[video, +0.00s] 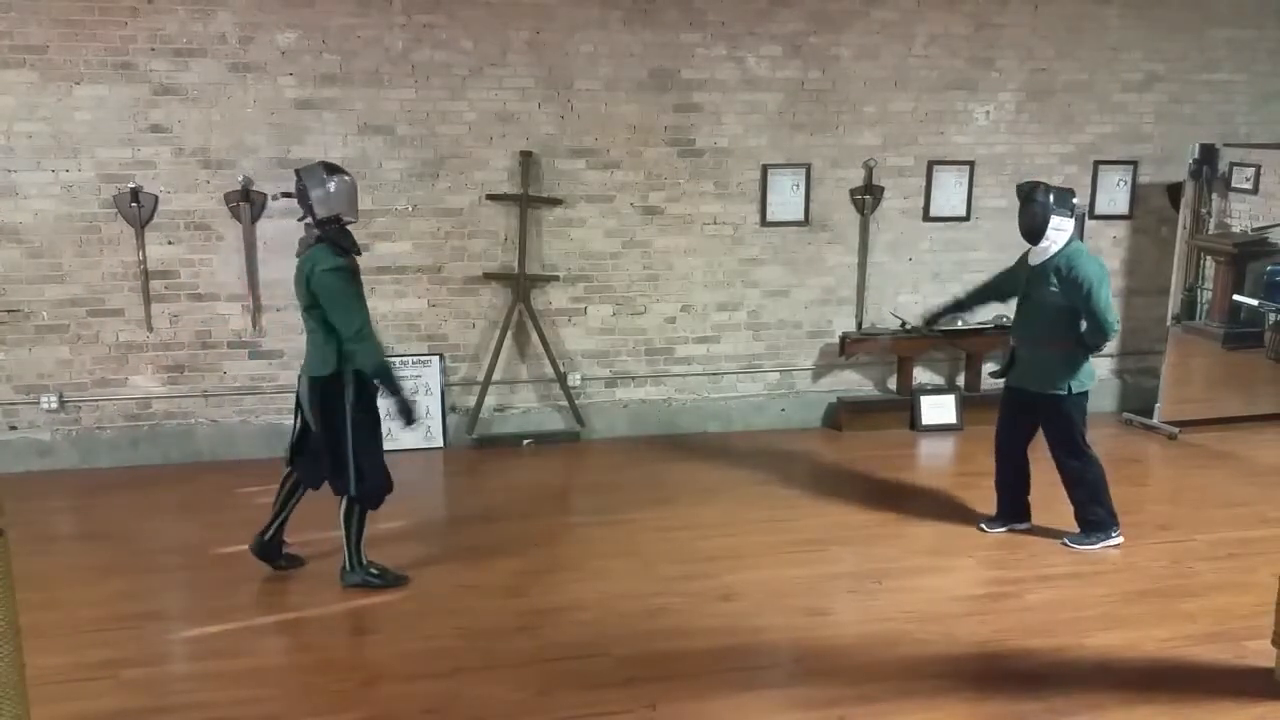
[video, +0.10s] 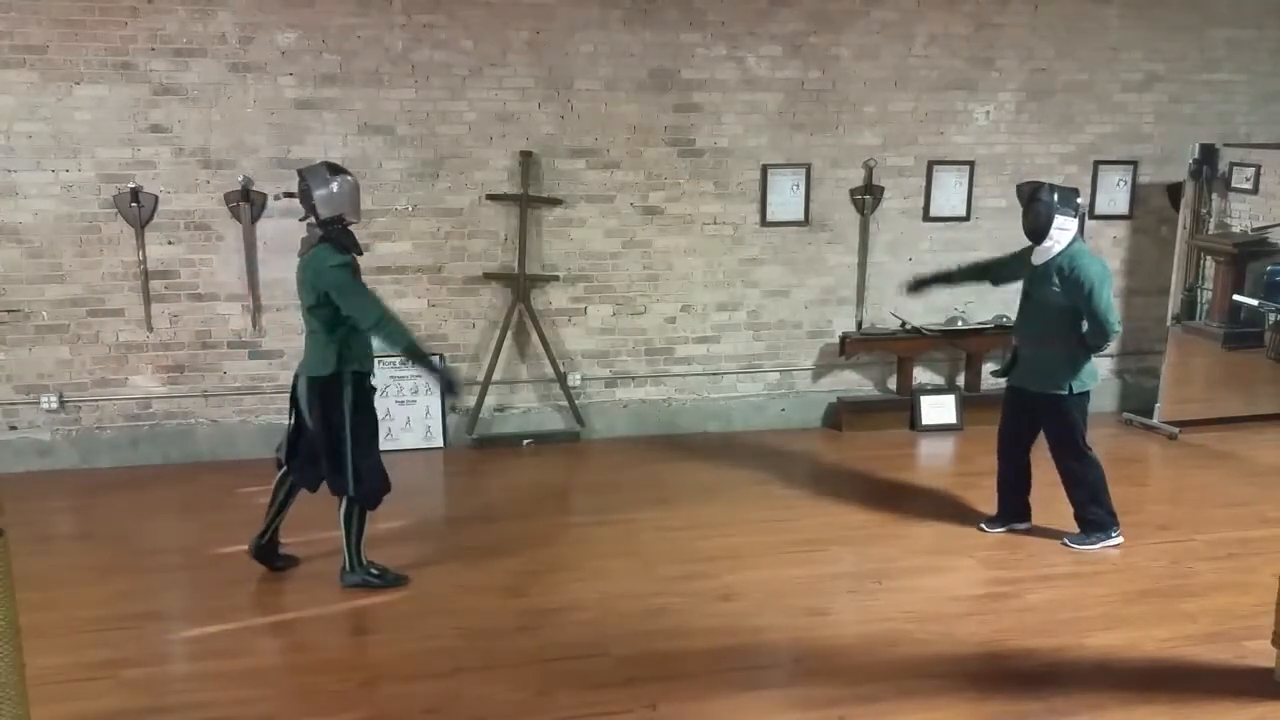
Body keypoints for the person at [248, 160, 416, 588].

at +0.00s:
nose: (351, 206)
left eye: (347, 198)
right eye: (346, 199)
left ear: (310, 205)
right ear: (336, 203)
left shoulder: (314, 254)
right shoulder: (329, 262)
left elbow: (339, 328)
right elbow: (357, 333)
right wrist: (394, 388)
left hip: (318, 376)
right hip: (342, 378)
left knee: (308, 461)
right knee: (363, 473)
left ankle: (269, 539)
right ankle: (356, 565)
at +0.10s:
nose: (355, 206)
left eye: (352, 198)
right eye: (349, 200)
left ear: (314, 207)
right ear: (338, 205)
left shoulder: (315, 253)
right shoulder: (331, 262)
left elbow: (328, 322)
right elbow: (376, 318)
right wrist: (429, 364)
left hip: (315, 376)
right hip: (340, 379)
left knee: (302, 461)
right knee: (359, 472)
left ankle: (266, 541)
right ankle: (355, 566)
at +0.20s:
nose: (356, 208)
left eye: (352, 201)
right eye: (351, 201)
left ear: (313, 208)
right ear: (341, 206)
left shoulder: (312, 255)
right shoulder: (334, 261)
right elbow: (389, 297)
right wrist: (455, 324)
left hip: (312, 377)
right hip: (339, 380)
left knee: (298, 464)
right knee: (360, 474)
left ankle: (257, 541)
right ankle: (355, 566)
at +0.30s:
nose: (356, 205)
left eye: (351, 198)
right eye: (351, 199)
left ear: (312, 208)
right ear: (343, 205)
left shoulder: (312, 255)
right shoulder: (337, 257)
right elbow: (392, 275)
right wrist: (462, 280)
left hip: (311, 378)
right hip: (338, 380)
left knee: (292, 463)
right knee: (361, 475)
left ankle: (245, 540)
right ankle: (354, 566)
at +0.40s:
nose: (354, 205)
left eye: (350, 198)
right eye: (349, 199)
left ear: (311, 208)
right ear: (340, 204)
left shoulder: (310, 254)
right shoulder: (333, 251)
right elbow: (388, 253)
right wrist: (460, 240)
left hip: (310, 376)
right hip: (337, 378)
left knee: (283, 461)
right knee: (361, 474)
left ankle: (239, 540)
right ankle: (355, 566)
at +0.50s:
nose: (353, 210)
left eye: (350, 202)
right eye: (348, 202)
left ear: (309, 210)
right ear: (337, 204)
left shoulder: (306, 253)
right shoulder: (330, 248)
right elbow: (381, 235)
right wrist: (445, 210)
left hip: (307, 376)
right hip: (335, 376)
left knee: (279, 461)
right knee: (363, 473)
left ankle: (236, 541)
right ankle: (355, 565)